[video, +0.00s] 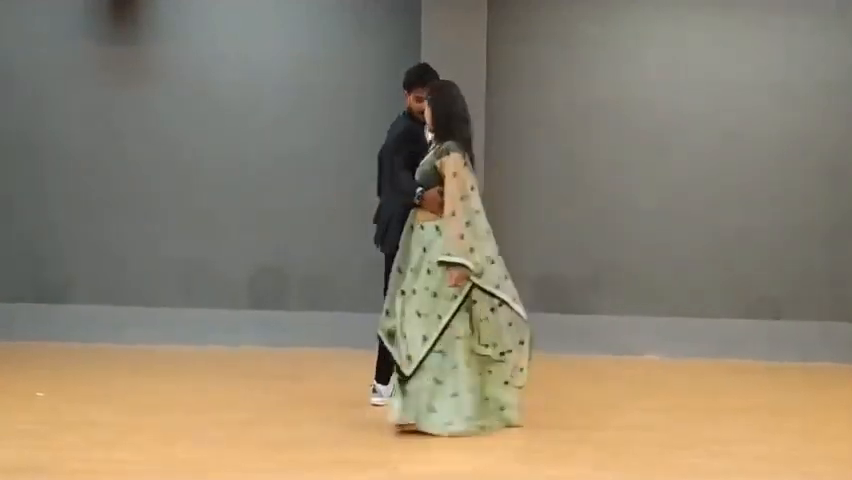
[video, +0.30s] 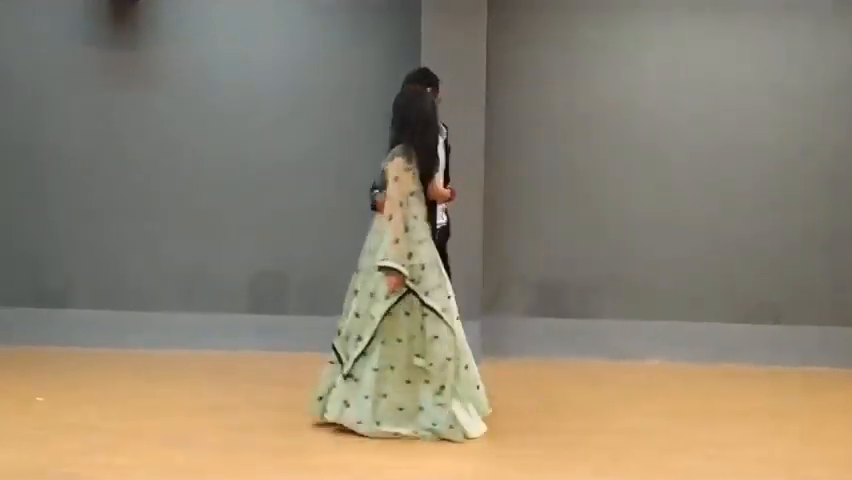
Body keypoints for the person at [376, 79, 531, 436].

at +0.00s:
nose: (423, 112)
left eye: (428, 105)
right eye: (423, 105)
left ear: (440, 110)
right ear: (448, 109)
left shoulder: (451, 156)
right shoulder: (436, 152)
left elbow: (460, 211)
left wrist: (459, 259)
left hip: (442, 253)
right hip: (426, 251)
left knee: (438, 330)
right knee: (424, 329)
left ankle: (441, 409)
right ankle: (423, 407)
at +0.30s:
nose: (436, 123)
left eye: (434, 114)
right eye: (432, 115)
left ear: (403, 115)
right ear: (421, 118)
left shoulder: (418, 160)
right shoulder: (401, 162)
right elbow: (395, 215)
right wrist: (395, 264)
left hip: (418, 260)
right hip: (403, 262)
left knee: (414, 336)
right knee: (399, 337)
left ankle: (409, 409)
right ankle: (393, 409)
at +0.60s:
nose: (408, 113)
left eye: (406, 106)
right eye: (405, 108)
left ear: (366, 113)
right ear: (399, 115)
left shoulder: (352, 157)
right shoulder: (404, 155)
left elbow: (334, 206)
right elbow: (430, 186)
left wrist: (318, 252)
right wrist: (460, 194)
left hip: (360, 240)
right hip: (392, 241)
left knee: (355, 327)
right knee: (392, 327)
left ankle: (353, 412)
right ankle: (395, 410)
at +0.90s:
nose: (382, 124)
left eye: (380, 117)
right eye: (381, 118)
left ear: (349, 119)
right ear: (375, 122)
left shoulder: (331, 163)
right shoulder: (383, 163)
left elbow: (305, 212)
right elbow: (420, 200)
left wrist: (281, 251)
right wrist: (461, 203)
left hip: (339, 245)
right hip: (373, 245)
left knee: (336, 330)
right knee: (369, 332)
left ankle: (330, 415)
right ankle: (365, 417)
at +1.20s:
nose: (377, 128)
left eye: (376, 121)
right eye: (375, 122)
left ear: (346, 123)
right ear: (366, 124)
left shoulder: (327, 165)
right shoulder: (371, 165)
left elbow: (316, 216)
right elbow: (405, 205)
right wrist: (447, 202)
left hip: (333, 248)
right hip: (364, 248)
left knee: (330, 328)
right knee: (363, 329)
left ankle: (322, 408)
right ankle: (360, 410)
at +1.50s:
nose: (369, 126)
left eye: (369, 119)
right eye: (365, 120)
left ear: (352, 123)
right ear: (350, 122)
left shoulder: (354, 158)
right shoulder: (343, 160)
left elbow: (359, 207)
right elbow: (360, 206)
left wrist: (383, 211)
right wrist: (400, 205)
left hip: (355, 240)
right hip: (342, 242)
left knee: (358, 320)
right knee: (349, 320)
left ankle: (355, 401)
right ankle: (346, 403)